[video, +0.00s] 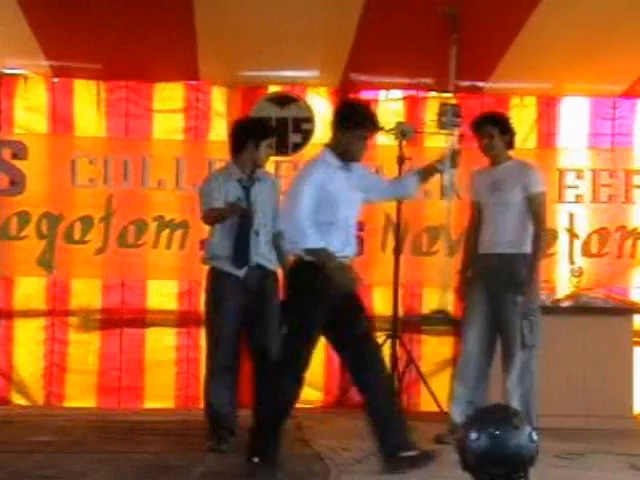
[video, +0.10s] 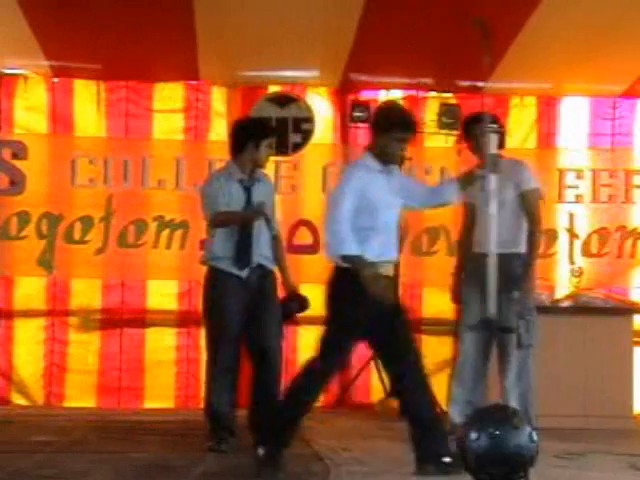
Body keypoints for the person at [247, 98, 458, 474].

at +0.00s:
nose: (365, 146)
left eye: (368, 139)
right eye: (360, 138)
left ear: (366, 139)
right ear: (341, 134)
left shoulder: (356, 175)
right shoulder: (315, 172)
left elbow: (396, 188)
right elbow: (295, 225)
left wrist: (438, 166)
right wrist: (328, 261)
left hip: (337, 273)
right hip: (309, 272)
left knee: (368, 363)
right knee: (289, 366)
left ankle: (397, 447)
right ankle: (263, 451)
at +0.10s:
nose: (403, 151)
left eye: (407, 143)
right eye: (398, 142)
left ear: (405, 142)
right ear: (378, 138)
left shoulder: (396, 179)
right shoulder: (356, 175)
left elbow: (428, 197)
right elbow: (337, 226)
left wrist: (465, 181)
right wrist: (361, 266)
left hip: (382, 278)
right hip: (353, 276)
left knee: (407, 368)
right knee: (327, 363)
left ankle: (433, 452)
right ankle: (272, 437)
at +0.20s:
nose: (444, 146)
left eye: (448, 139)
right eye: (439, 138)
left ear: (448, 137)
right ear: (418, 134)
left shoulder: (434, 174)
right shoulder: (395, 173)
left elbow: (464, 195)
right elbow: (370, 228)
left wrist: (508, 186)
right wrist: (379, 276)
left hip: (421, 274)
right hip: (396, 273)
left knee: (440, 366)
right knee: (403, 361)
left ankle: (436, 455)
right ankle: (325, 421)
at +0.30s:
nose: (476, 145)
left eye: (478, 137)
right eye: (470, 136)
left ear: (473, 135)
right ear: (447, 132)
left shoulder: (463, 171)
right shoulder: (419, 168)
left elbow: (496, 195)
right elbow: (388, 218)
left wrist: (547, 184)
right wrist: (385, 275)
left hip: (446, 270)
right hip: (418, 268)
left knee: (447, 361)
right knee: (445, 361)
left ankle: (438, 454)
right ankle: (383, 423)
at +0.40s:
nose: (507, 144)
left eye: (511, 136)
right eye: (502, 135)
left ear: (510, 134)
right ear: (481, 130)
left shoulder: (504, 167)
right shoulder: (453, 169)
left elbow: (536, 196)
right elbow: (416, 217)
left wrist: (588, 190)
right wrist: (397, 273)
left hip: (493, 268)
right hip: (461, 268)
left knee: (463, 365)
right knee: (506, 346)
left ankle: (437, 452)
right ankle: (506, 445)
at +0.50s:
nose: (534, 147)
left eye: (537, 140)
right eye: (529, 139)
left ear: (539, 139)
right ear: (509, 134)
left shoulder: (531, 175)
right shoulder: (477, 175)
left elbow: (572, 199)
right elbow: (440, 224)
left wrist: (622, 196)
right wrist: (413, 279)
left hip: (512, 277)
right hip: (486, 276)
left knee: (476, 371)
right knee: (529, 365)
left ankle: (437, 451)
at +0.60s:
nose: (578, 155)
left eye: (581, 147)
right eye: (573, 146)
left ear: (581, 146)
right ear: (552, 143)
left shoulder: (578, 183)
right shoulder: (523, 183)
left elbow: (617, 204)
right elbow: (490, 225)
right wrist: (467, 262)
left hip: (562, 284)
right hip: (537, 284)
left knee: (541, 370)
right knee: (583, 370)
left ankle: (465, 427)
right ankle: (617, 464)